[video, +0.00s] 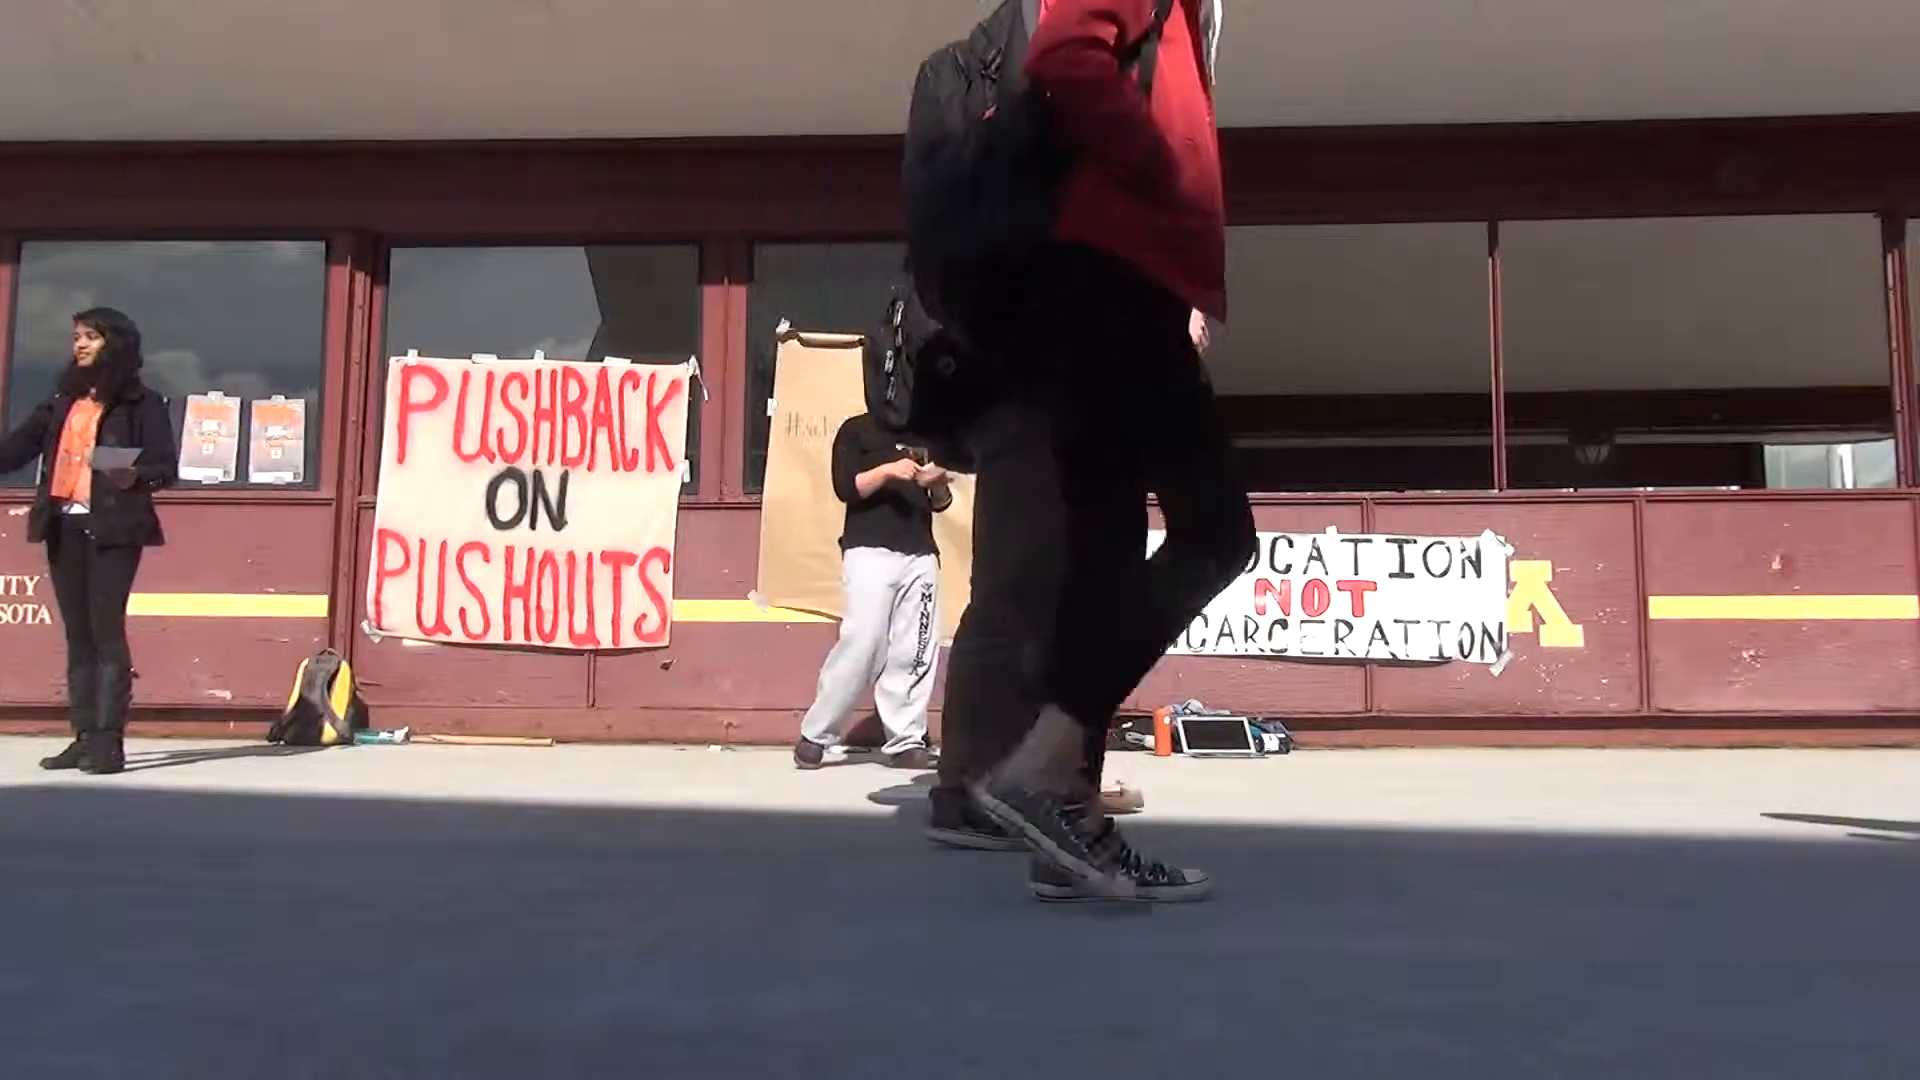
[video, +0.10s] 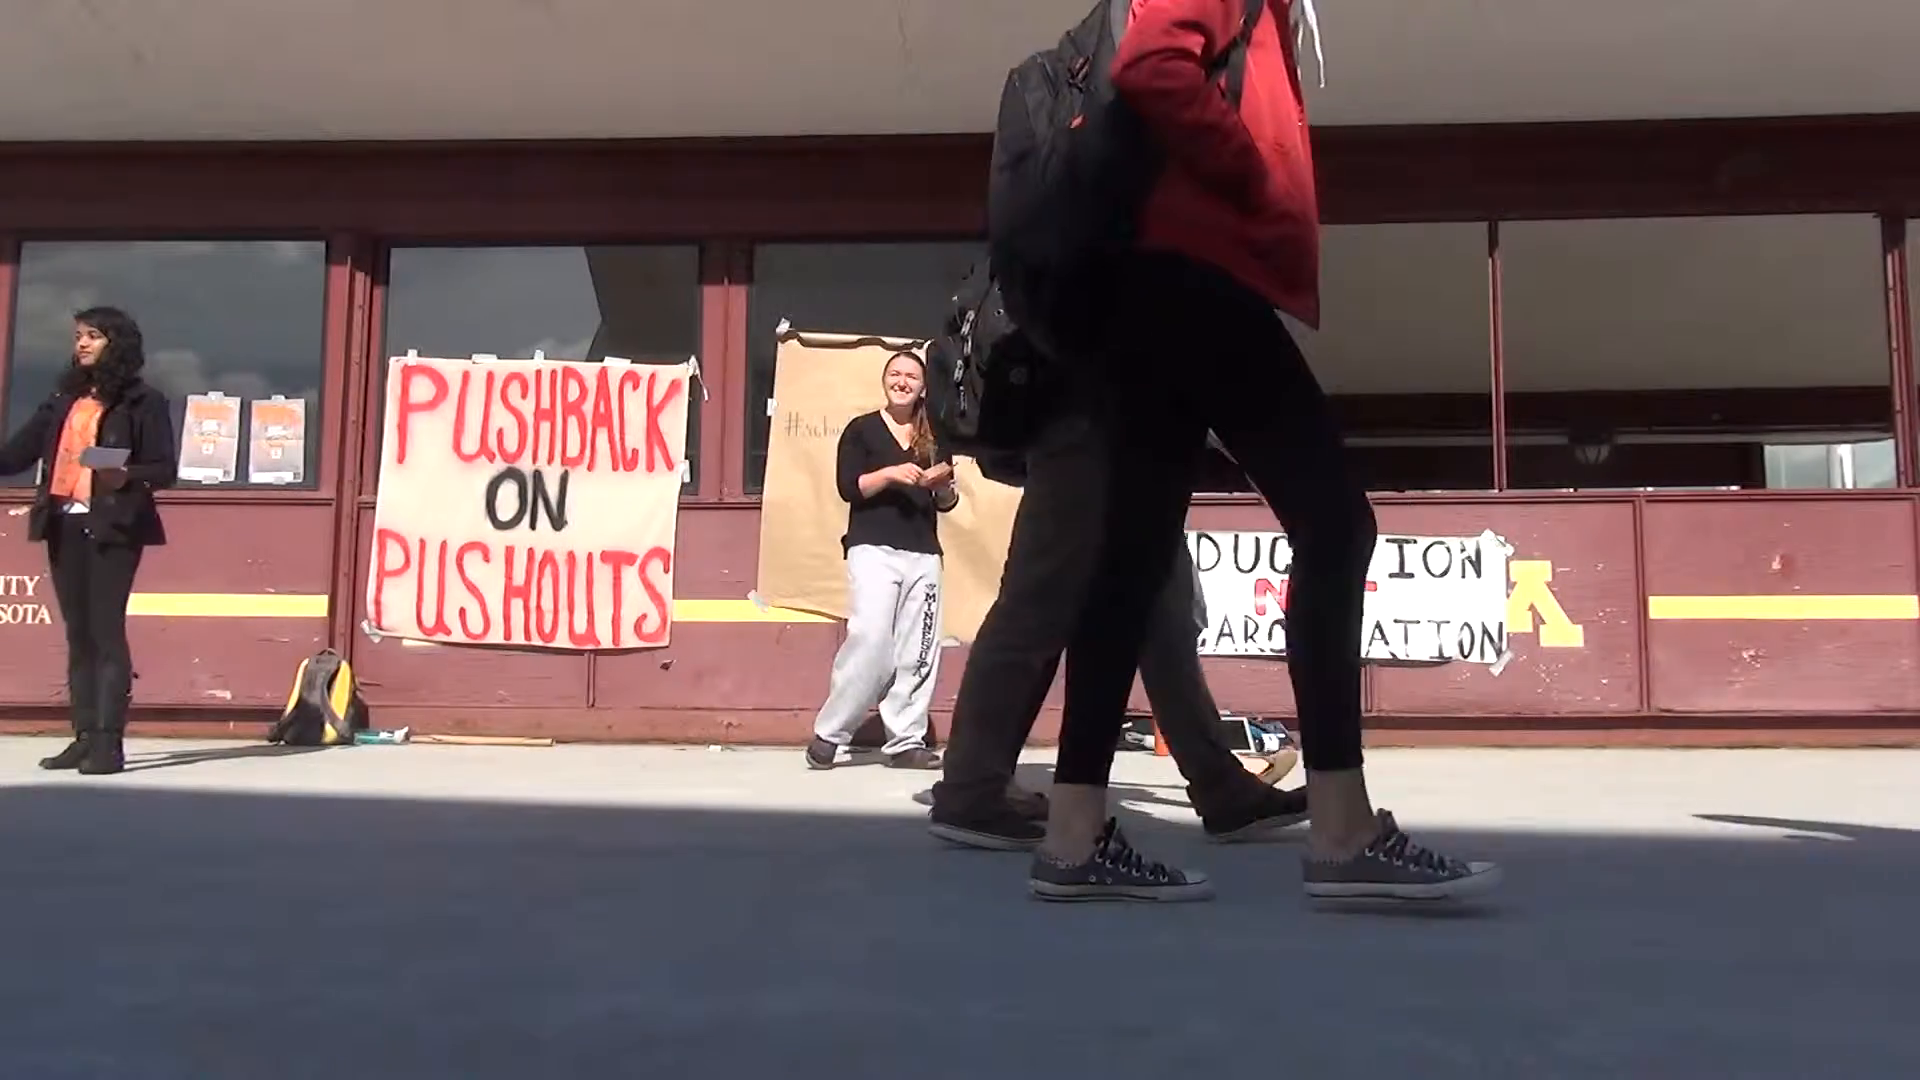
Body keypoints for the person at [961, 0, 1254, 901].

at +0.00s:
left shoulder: (1162, 26)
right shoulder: (1130, 2)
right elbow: (1063, 61)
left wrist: (1179, 288)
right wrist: (1167, 175)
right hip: (1101, 292)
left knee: (1103, 553)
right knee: (1218, 533)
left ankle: (1061, 797)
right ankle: (1043, 768)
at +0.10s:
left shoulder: (1244, 14)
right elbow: (1149, 64)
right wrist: (1252, 172)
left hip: (1144, 289)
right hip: (1201, 292)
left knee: (1128, 564)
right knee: (1335, 529)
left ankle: (1073, 838)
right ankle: (1344, 832)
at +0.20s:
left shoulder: (1332, 20)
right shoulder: (1314, 0)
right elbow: (1249, 91)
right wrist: (1345, 194)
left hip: (1249, 315)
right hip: (1296, 319)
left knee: (1180, 573)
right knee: (1422, 567)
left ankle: (1078, 829)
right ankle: (1561, 817)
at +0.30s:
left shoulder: (1410, 21)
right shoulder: (1423, 7)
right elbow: (1372, 106)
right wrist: (1473, 206)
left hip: (1372, 323)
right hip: (1429, 326)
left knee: (1295, 572)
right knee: (1529, 578)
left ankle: (1123, 783)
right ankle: (1602, 838)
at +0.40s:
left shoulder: (1441, 19)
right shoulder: (1537, 5)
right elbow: (1498, 95)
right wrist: (1589, 196)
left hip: (1444, 309)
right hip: (1537, 303)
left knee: (1480, 583)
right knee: (1604, 570)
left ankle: (1253, 739)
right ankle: (1612, 843)